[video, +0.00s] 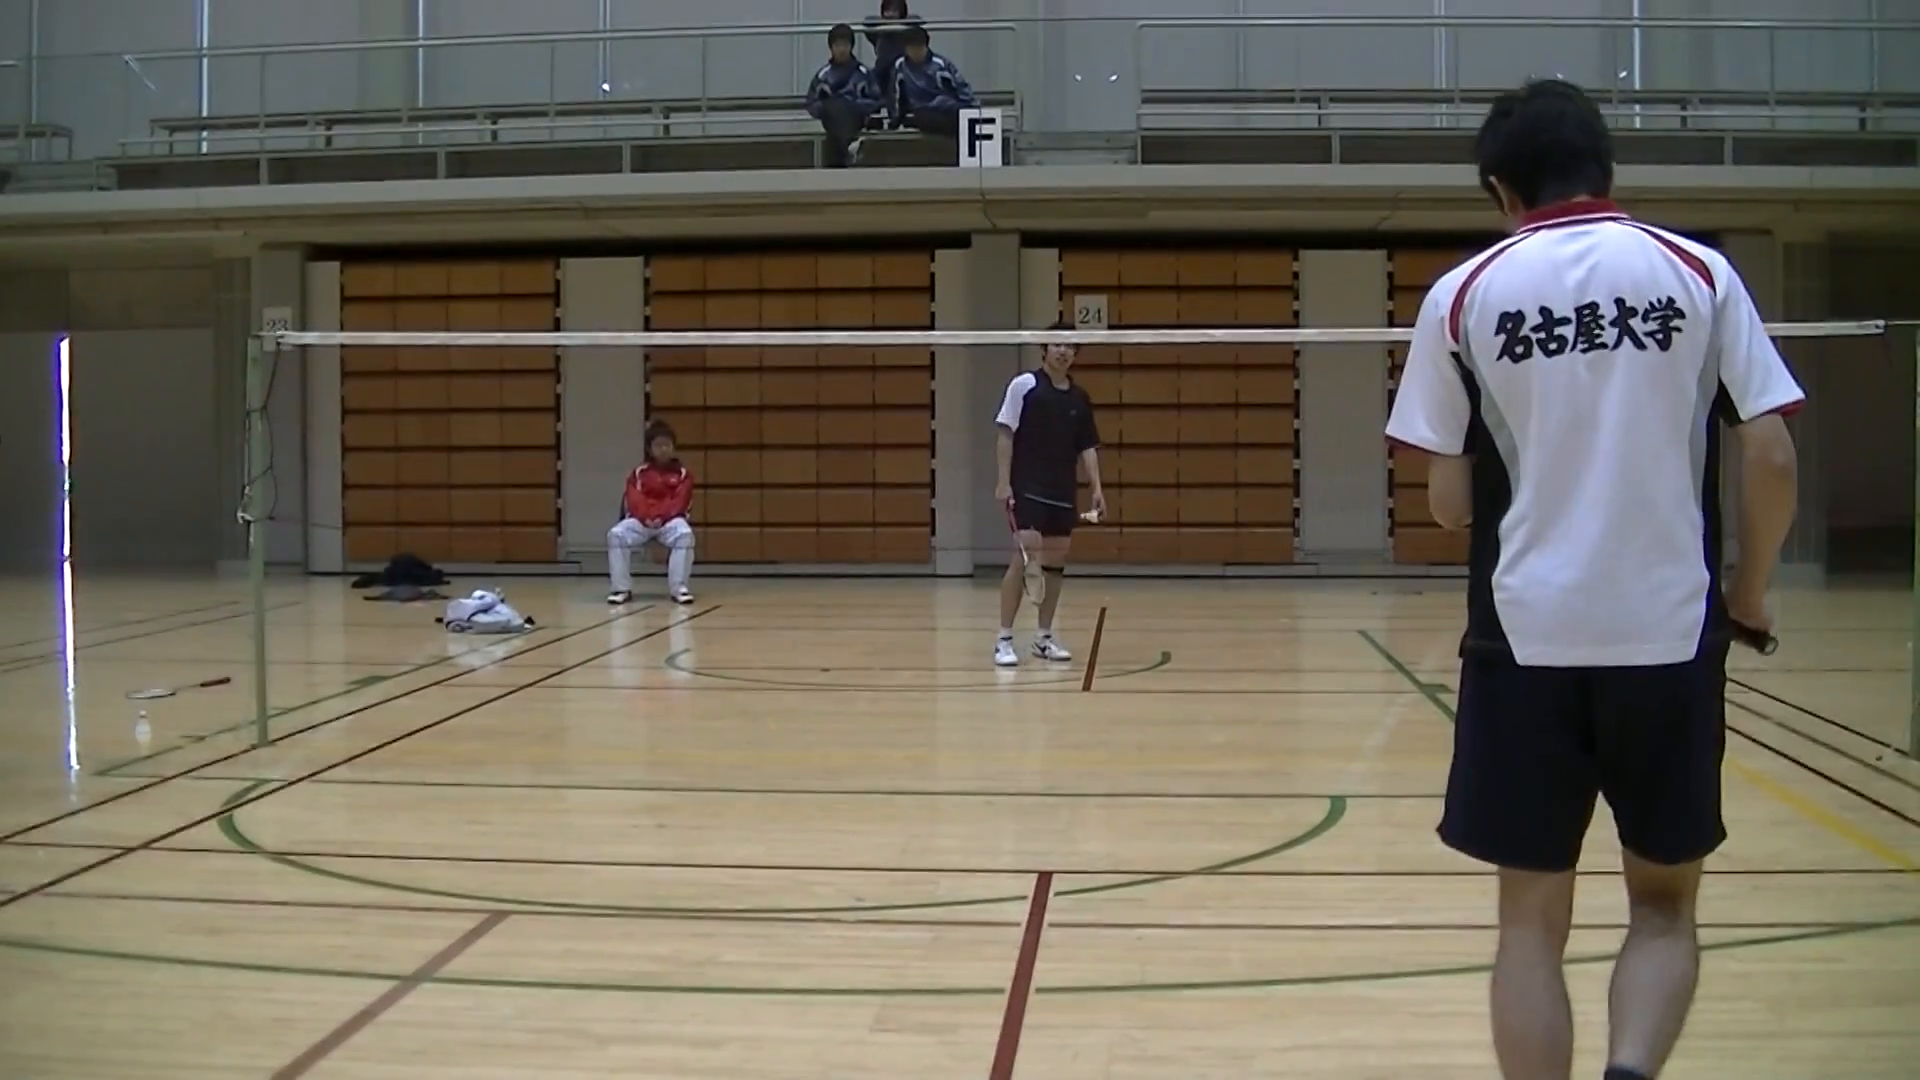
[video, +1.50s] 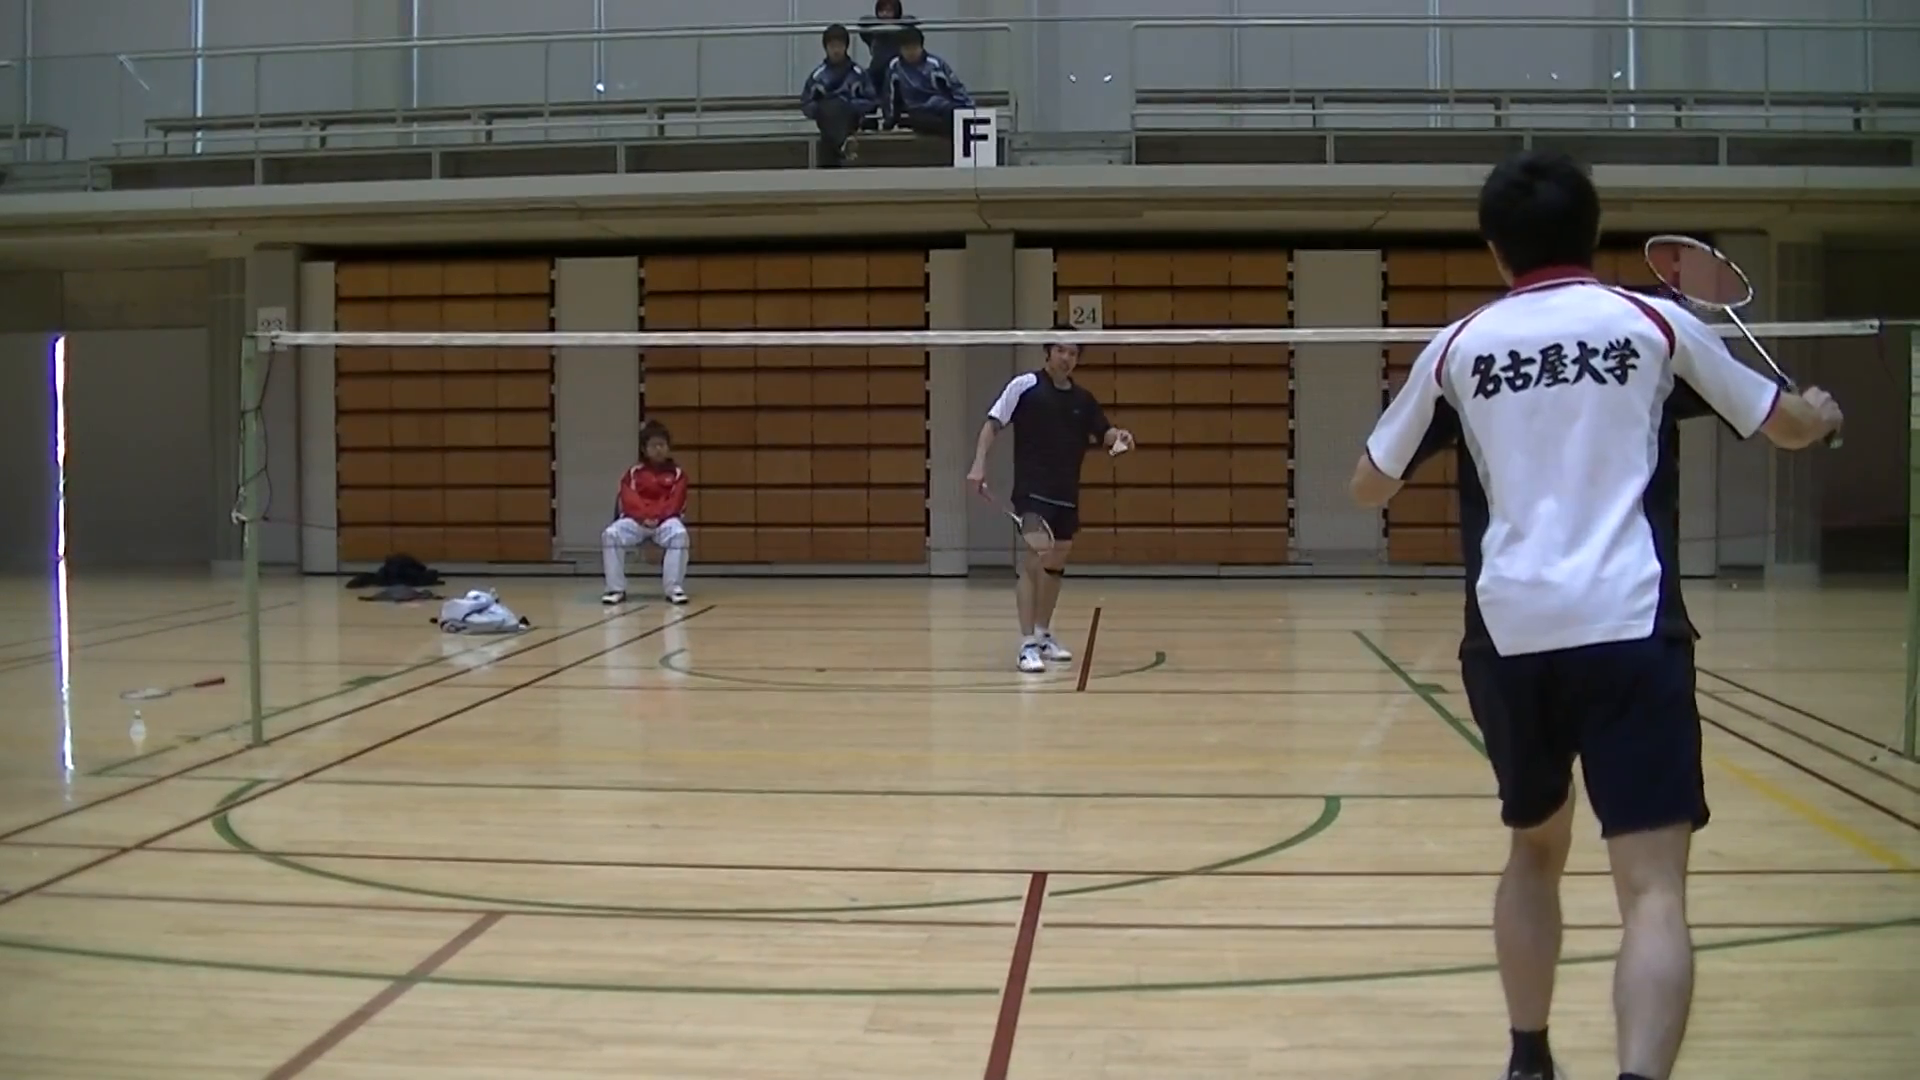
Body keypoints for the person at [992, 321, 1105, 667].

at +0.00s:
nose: (1062, 352)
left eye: (1068, 347)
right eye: (1056, 346)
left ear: (1075, 353)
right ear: (1044, 350)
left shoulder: (1078, 397)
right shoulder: (1023, 385)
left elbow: (1088, 447)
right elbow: (1004, 434)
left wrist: (1096, 488)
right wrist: (1003, 482)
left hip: (1062, 488)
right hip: (1026, 485)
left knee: (1056, 562)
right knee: (1025, 556)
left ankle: (1044, 637)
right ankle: (1004, 639)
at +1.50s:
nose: (1068, 358)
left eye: (1073, 353)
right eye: (1062, 351)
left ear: (1078, 359)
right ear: (1048, 352)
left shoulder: (1082, 398)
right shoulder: (1024, 385)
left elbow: (1105, 432)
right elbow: (992, 425)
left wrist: (1119, 437)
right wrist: (978, 466)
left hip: (1066, 495)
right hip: (1032, 492)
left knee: (1055, 566)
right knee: (1034, 561)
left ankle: (1043, 637)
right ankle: (1028, 645)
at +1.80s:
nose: (1061, 354)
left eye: (1067, 349)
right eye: (1055, 347)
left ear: (1074, 357)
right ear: (1042, 352)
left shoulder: (1079, 399)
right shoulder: (1018, 384)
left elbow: (1103, 429)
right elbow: (980, 419)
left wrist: (1119, 429)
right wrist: (972, 455)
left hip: (1063, 493)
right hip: (1026, 491)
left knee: (1063, 563)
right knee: (1034, 565)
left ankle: (1046, 632)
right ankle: (1027, 645)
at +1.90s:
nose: (1062, 354)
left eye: (1067, 348)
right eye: (1056, 347)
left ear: (1073, 355)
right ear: (1040, 350)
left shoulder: (1076, 397)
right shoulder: (1016, 383)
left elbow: (1100, 422)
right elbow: (973, 413)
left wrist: (1116, 428)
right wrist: (970, 446)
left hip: (1063, 491)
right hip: (1026, 490)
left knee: (1067, 562)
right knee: (1032, 563)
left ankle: (1049, 629)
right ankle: (1027, 645)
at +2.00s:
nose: (1062, 353)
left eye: (1067, 348)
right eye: (1056, 346)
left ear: (1071, 354)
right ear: (1040, 350)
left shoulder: (1075, 395)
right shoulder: (1015, 381)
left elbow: (1100, 419)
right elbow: (969, 402)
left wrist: (1113, 428)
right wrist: (972, 431)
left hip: (1062, 488)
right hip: (1025, 487)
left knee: (1070, 561)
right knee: (1030, 563)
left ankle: (1055, 627)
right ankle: (1026, 646)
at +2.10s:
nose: (1060, 352)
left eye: (1066, 347)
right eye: (1054, 345)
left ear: (1070, 353)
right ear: (1039, 348)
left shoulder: (1073, 394)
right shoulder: (1015, 379)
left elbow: (1099, 418)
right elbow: (967, 392)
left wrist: (1105, 425)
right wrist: (977, 418)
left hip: (1062, 491)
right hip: (1024, 489)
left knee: (1074, 562)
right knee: (1028, 566)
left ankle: (1059, 622)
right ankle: (1026, 646)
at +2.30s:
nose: (1061, 349)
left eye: (1065, 344)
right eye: (1054, 343)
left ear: (1070, 349)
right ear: (1038, 346)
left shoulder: (1073, 391)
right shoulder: (1016, 379)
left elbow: (1093, 418)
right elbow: (987, 397)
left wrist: (1109, 409)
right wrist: (976, 411)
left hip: (1063, 491)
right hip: (1023, 490)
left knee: (1079, 564)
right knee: (1027, 568)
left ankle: (1063, 618)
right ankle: (1026, 645)